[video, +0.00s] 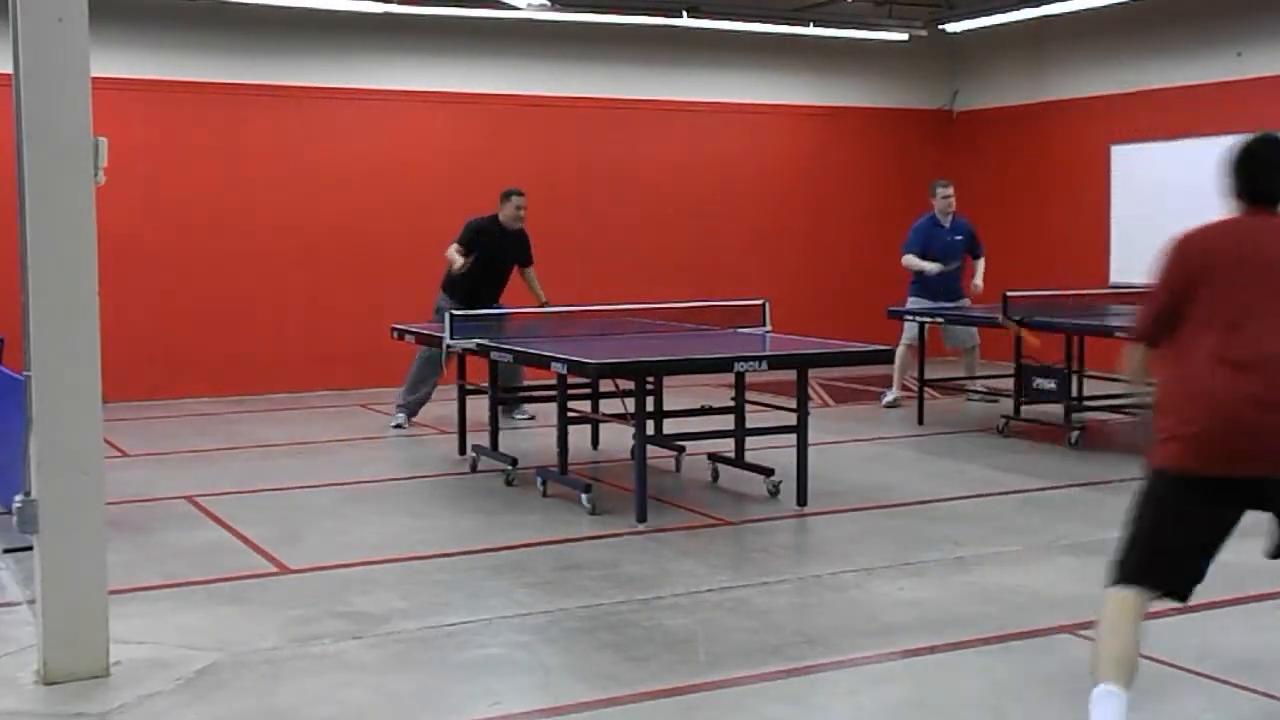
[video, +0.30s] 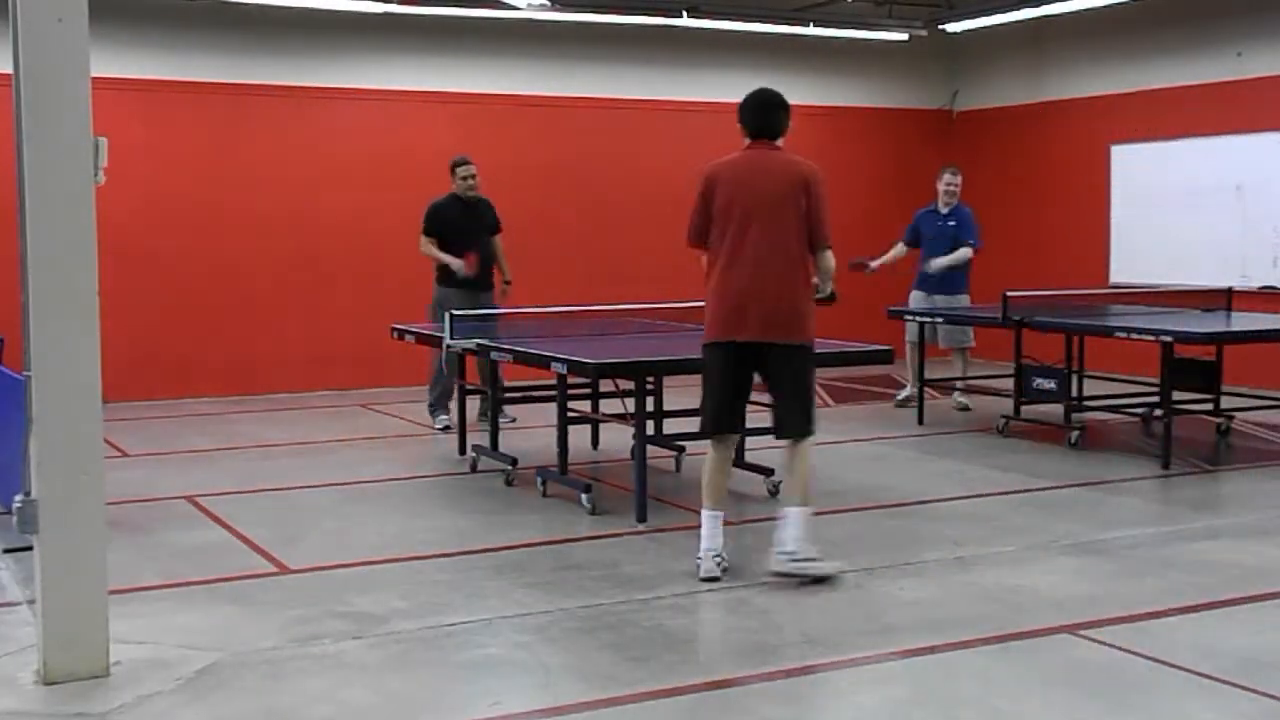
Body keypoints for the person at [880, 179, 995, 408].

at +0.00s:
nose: (951, 201)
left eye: (952, 197)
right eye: (945, 198)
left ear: (956, 198)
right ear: (933, 201)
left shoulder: (964, 228)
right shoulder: (921, 228)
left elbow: (978, 255)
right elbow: (907, 258)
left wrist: (978, 278)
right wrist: (926, 266)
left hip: (955, 297)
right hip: (922, 297)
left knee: (971, 343)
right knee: (908, 342)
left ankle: (973, 387)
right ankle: (896, 390)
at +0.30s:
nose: (952, 189)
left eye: (956, 186)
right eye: (948, 185)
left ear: (961, 189)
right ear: (938, 185)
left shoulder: (964, 216)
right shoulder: (923, 216)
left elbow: (968, 250)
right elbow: (904, 245)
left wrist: (941, 262)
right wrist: (878, 262)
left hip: (954, 292)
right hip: (923, 290)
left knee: (959, 345)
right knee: (913, 340)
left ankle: (960, 391)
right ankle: (913, 387)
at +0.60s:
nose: (935, 192)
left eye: (938, 188)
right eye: (931, 187)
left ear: (942, 191)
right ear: (919, 189)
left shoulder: (951, 215)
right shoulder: (907, 220)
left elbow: (961, 248)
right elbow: (903, 254)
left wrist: (932, 240)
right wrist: (926, 253)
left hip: (949, 291)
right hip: (919, 292)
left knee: (956, 343)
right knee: (913, 344)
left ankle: (959, 390)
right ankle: (912, 387)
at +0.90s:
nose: (941, 191)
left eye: (944, 186)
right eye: (936, 187)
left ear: (946, 189)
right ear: (924, 190)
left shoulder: (954, 215)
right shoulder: (913, 219)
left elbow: (965, 240)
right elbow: (908, 253)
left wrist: (966, 259)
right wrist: (937, 253)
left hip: (954, 289)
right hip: (923, 292)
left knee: (969, 338)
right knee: (914, 344)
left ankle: (981, 384)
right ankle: (913, 387)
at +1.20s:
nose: (972, 196)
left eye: (973, 191)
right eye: (966, 192)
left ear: (975, 194)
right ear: (953, 195)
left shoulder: (978, 221)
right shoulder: (942, 223)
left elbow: (984, 251)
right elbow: (929, 255)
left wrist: (992, 269)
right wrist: (951, 263)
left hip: (974, 293)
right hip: (945, 295)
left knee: (989, 340)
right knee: (928, 345)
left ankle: (993, 384)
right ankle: (914, 387)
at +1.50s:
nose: (975, 197)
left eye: (977, 193)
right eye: (970, 194)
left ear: (981, 194)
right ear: (959, 196)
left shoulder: (990, 222)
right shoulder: (948, 223)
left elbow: (1006, 248)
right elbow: (928, 252)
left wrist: (1009, 265)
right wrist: (934, 270)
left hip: (983, 295)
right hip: (951, 295)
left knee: (996, 343)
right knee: (935, 343)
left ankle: (992, 385)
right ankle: (920, 386)